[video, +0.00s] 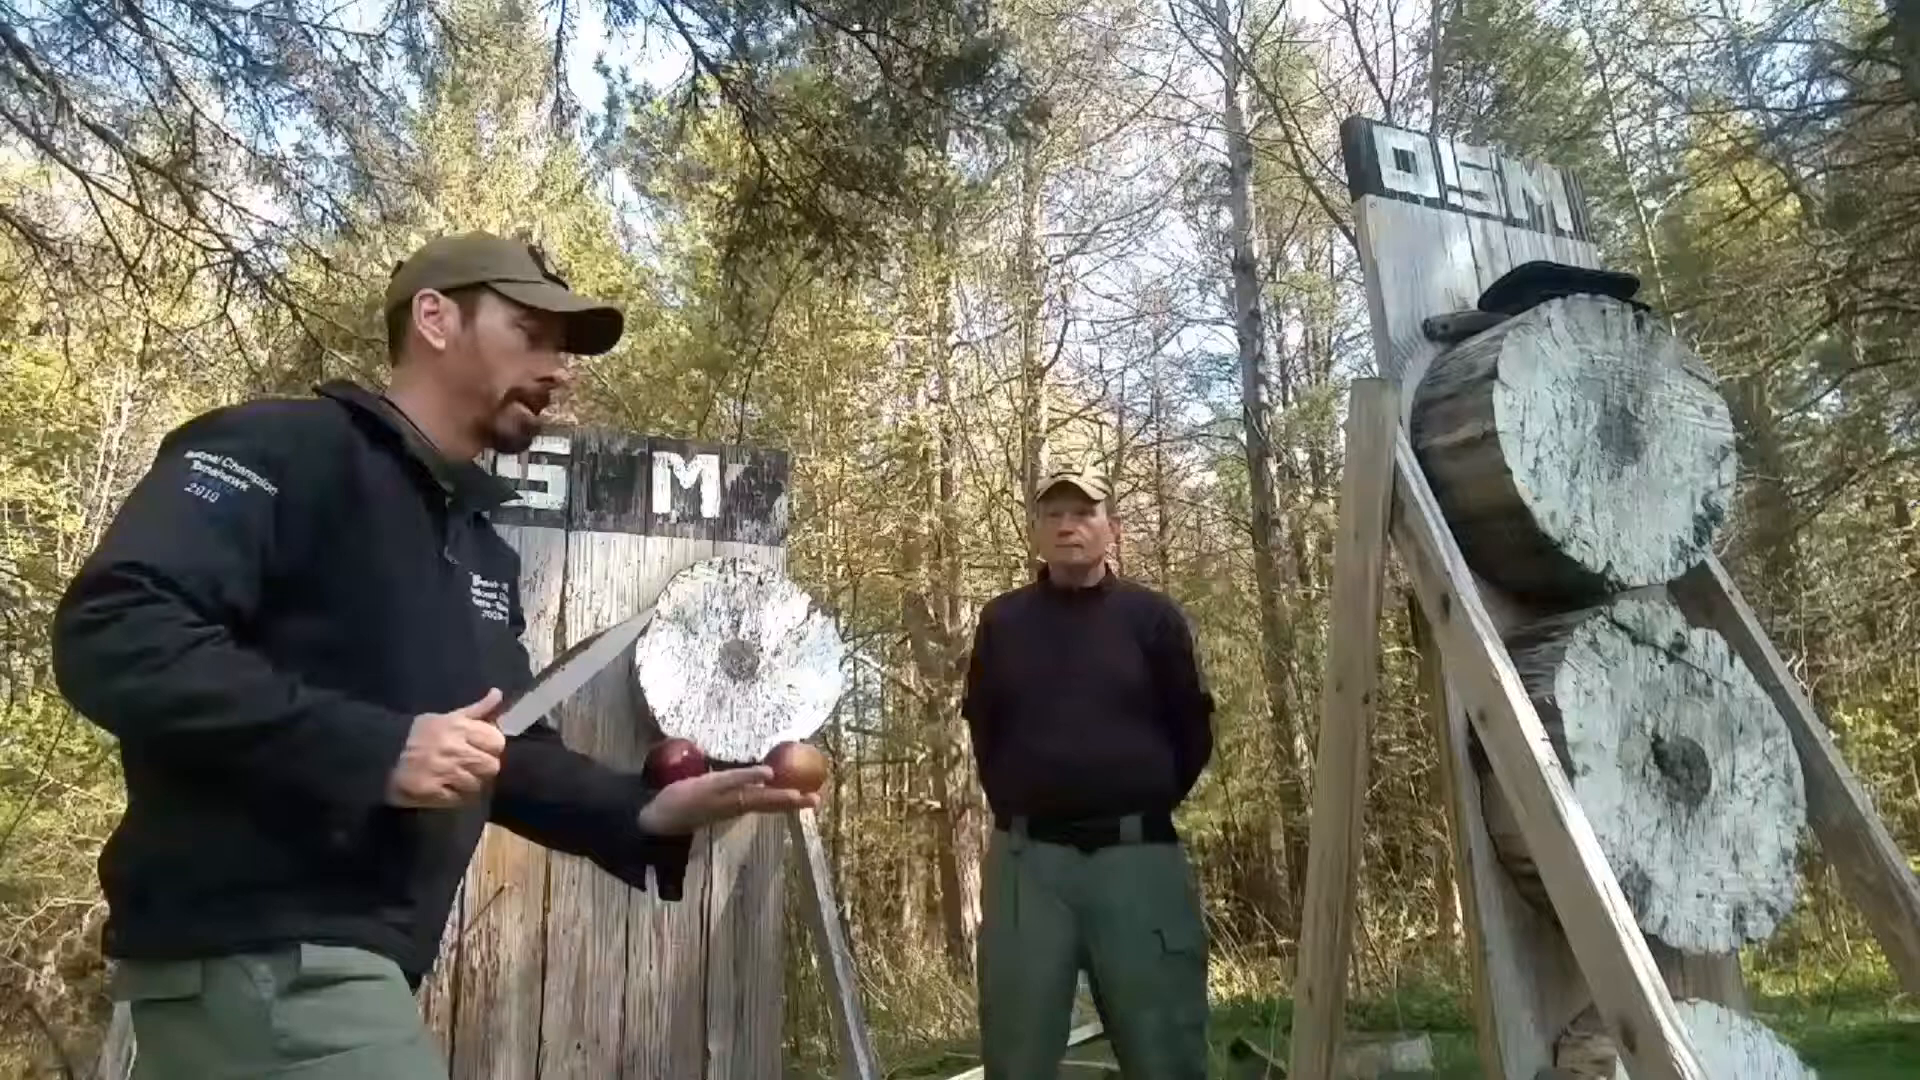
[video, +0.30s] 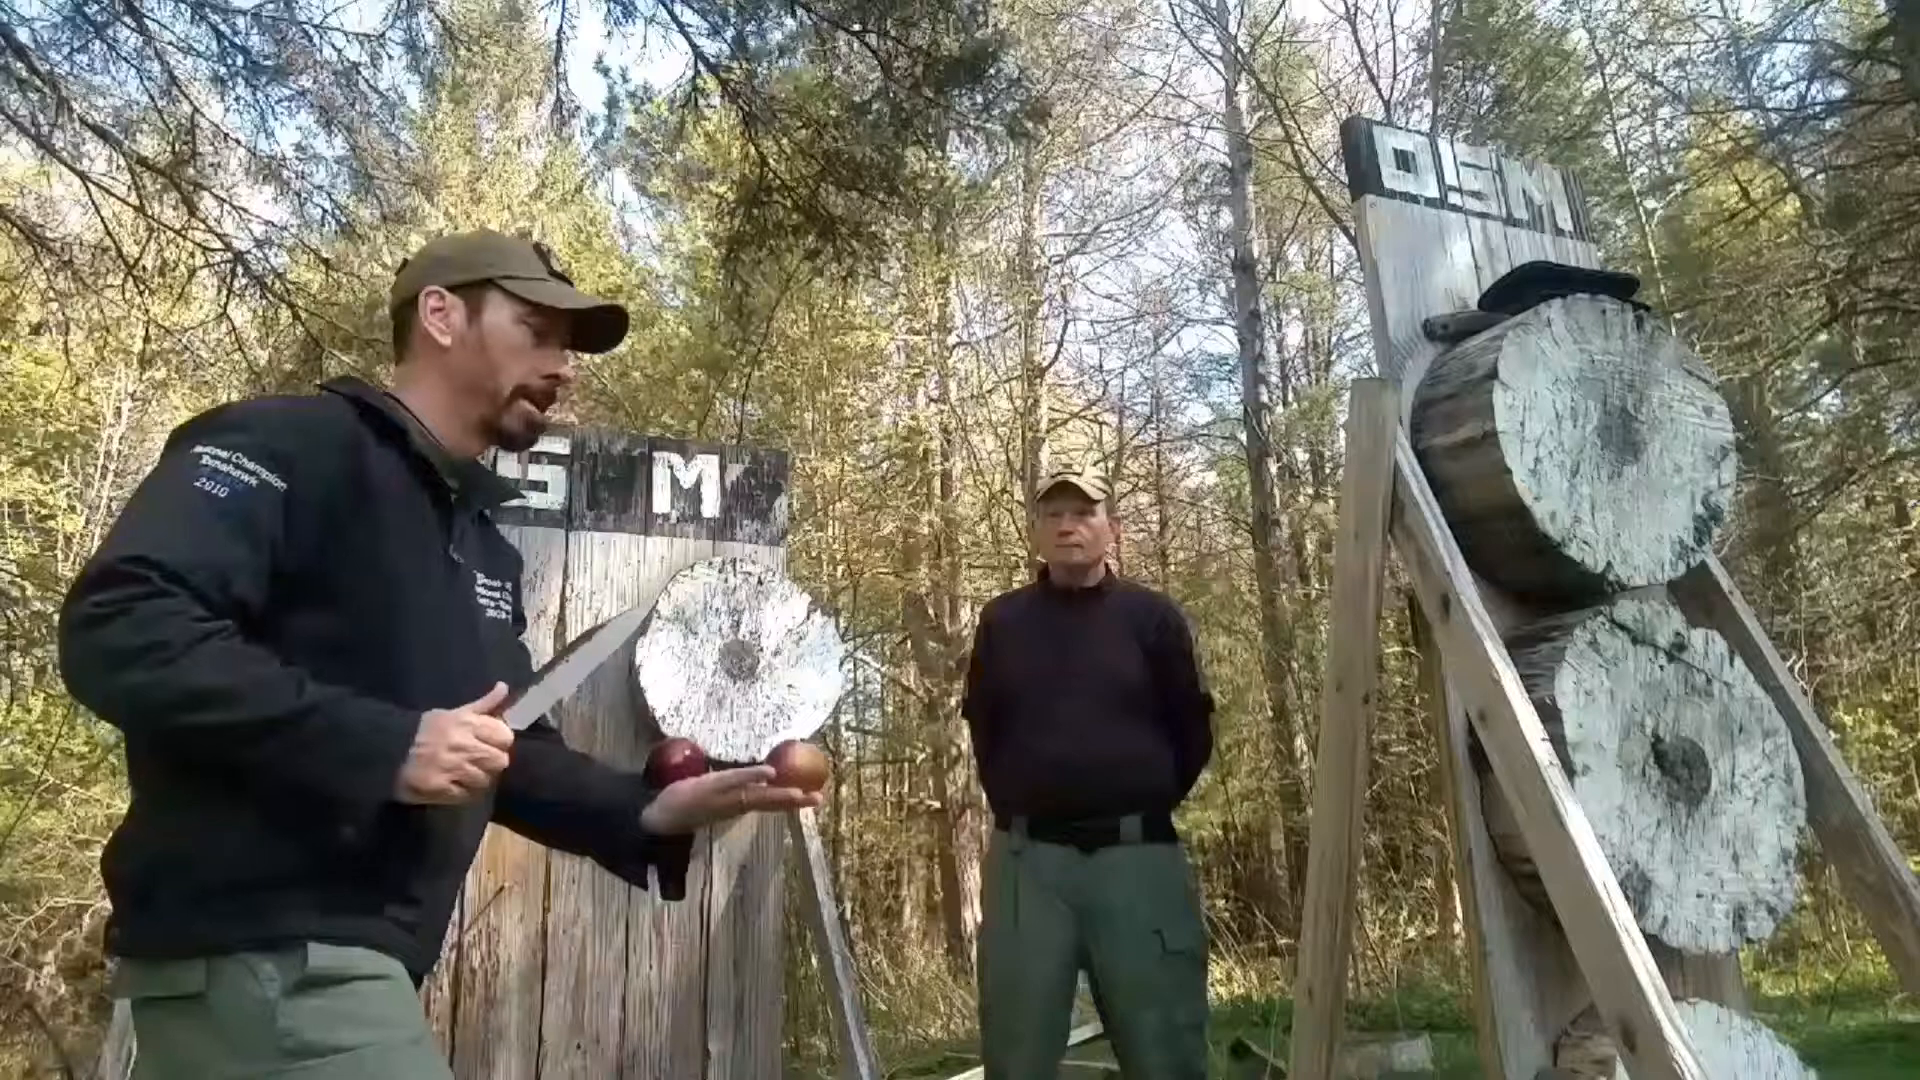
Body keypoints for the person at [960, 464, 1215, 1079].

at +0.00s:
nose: (1068, 526)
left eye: (1082, 513)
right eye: (1054, 516)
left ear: (1111, 530)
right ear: (1035, 535)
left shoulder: (1154, 616)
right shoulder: (1000, 619)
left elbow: (1193, 732)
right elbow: (982, 724)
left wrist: (1140, 811)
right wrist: (1022, 814)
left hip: (1139, 862)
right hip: (1026, 862)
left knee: (1163, 1057)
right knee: (1017, 1059)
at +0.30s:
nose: (1068, 526)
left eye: (1082, 513)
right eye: (1054, 516)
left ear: (1111, 530)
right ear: (1035, 535)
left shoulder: (1155, 616)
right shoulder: (1000, 619)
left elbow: (1193, 732)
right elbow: (982, 724)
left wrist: (1140, 811)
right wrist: (1022, 814)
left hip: (1139, 862)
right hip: (1026, 862)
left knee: (1163, 1057)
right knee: (1017, 1059)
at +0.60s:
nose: (1067, 524)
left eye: (1082, 513)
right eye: (1053, 515)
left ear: (1111, 530)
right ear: (1034, 533)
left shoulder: (1154, 615)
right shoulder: (1000, 619)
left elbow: (1193, 732)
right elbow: (982, 724)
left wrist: (1139, 812)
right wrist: (1023, 814)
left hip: (1140, 862)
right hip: (1026, 862)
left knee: (1164, 1058)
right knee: (1017, 1059)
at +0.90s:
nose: (1068, 524)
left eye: (1082, 512)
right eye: (1052, 515)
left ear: (1111, 530)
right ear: (1032, 535)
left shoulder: (1154, 615)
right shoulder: (1001, 618)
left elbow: (1194, 732)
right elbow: (982, 723)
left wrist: (1140, 812)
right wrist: (1024, 815)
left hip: (1139, 862)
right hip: (1026, 861)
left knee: (1163, 1058)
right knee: (1017, 1059)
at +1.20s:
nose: (1068, 524)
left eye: (1082, 512)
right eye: (1052, 514)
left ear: (1110, 530)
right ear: (1032, 534)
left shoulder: (1154, 615)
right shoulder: (1001, 618)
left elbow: (1194, 731)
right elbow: (982, 723)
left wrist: (1140, 812)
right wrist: (1025, 815)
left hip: (1140, 862)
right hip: (1026, 862)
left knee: (1163, 1058)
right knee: (1017, 1060)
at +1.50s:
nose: (1068, 525)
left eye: (1082, 513)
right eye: (1053, 515)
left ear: (1110, 529)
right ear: (1034, 534)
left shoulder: (1154, 615)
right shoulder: (1001, 619)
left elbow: (1194, 732)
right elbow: (983, 726)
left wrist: (1140, 813)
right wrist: (1026, 815)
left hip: (1139, 862)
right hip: (1025, 862)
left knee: (1164, 1058)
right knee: (1016, 1059)